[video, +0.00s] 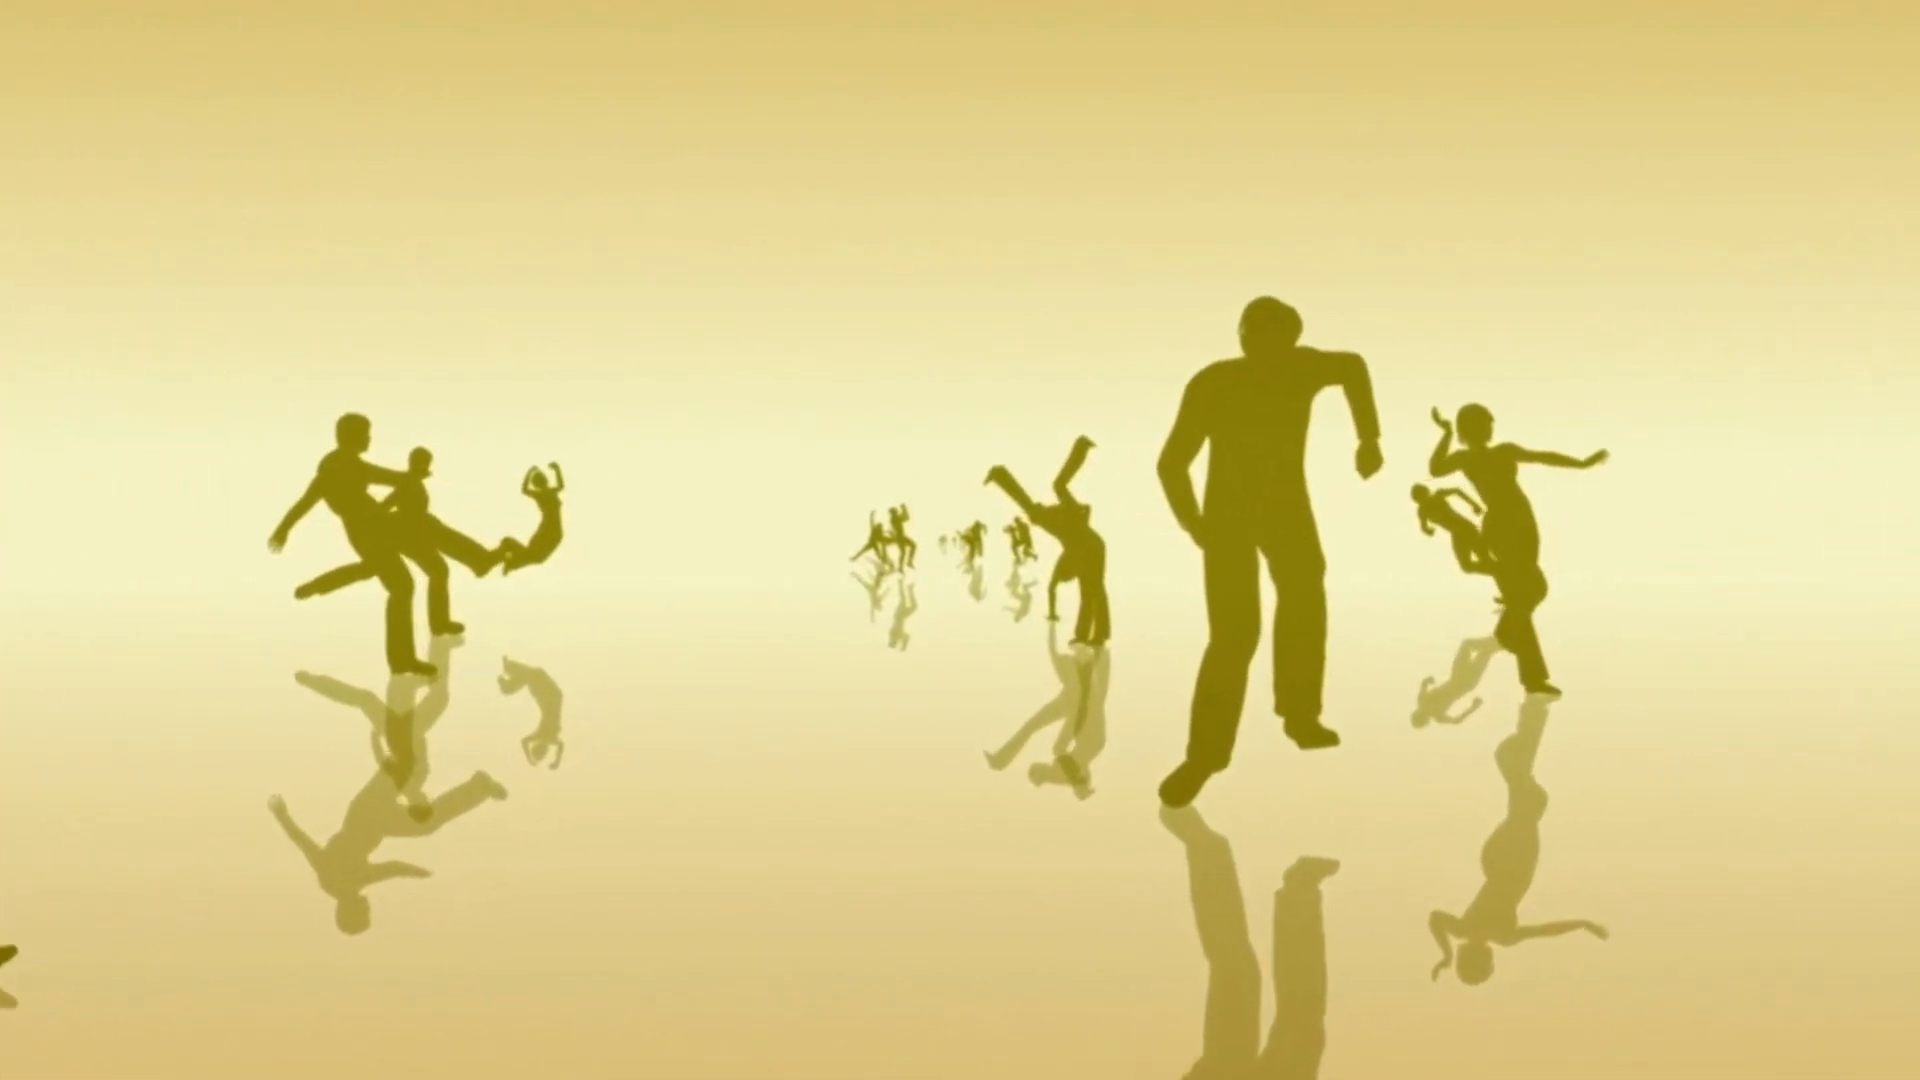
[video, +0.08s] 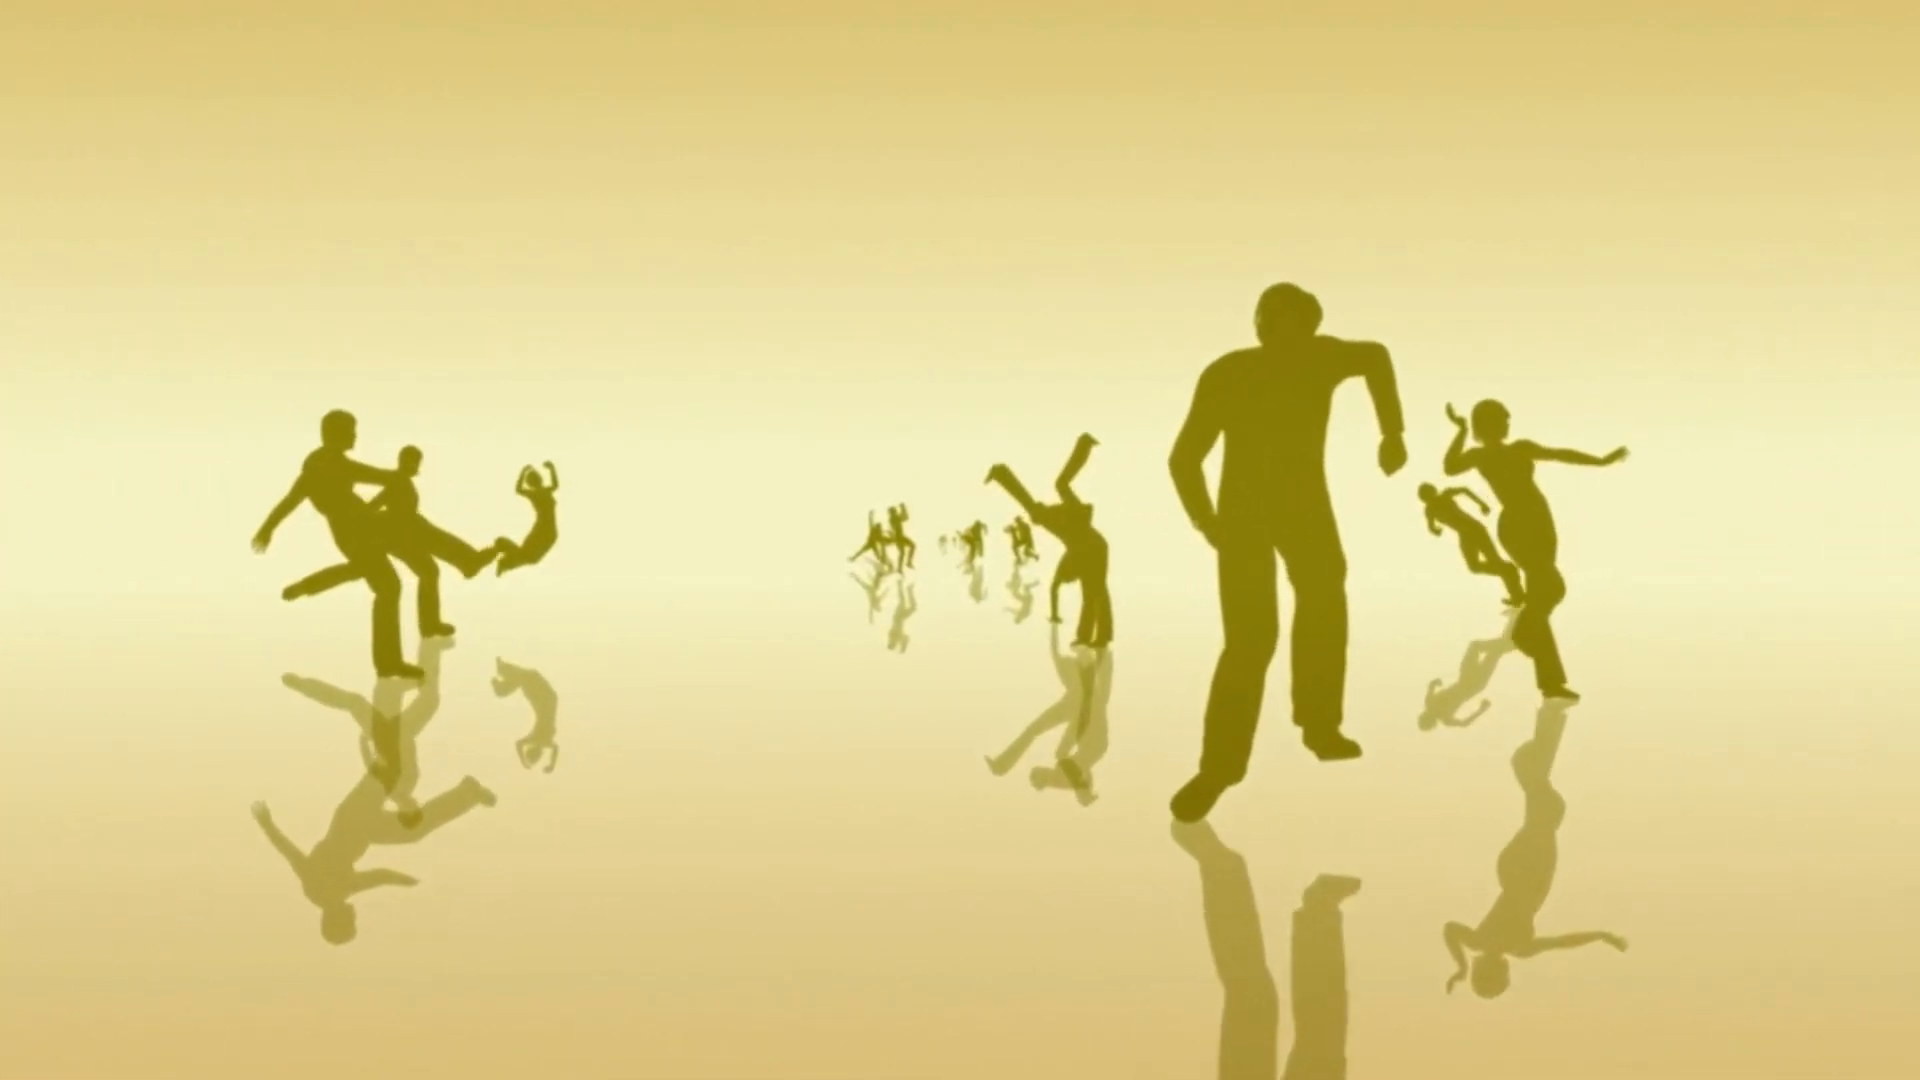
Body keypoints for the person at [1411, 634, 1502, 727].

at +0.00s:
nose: (1423, 718)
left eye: (1420, 718)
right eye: (1423, 720)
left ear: (1417, 712)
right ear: (1424, 720)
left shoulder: (1422, 701)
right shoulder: (1438, 716)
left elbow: (1424, 683)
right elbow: (1457, 721)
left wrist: (1428, 681)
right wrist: (1474, 707)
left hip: (1456, 676)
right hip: (1467, 683)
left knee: (1466, 644)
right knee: (1485, 651)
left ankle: (1495, 641)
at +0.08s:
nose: (1431, 723)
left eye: (1428, 722)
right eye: (1430, 724)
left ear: (1425, 716)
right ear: (1431, 722)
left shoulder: (1430, 704)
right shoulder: (1446, 719)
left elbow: (1431, 689)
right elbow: (1465, 723)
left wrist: (1434, 684)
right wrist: (1482, 709)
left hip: (1465, 678)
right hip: (1476, 684)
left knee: (1474, 646)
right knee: (1495, 653)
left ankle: (1504, 641)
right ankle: (1514, 644)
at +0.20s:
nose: (1436, 726)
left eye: (1432, 725)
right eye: (1434, 727)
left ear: (1429, 718)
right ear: (1436, 725)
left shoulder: (1435, 705)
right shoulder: (1451, 721)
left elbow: (1435, 692)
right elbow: (1470, 725)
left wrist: (1439, 685)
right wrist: (1487, 711)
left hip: (1470, 679)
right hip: (1480, 686)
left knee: (1479, 648)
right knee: (1500, 655)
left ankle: (1509, 644)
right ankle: (1516, 643)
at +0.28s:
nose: (1443, 730)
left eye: (1440, 729)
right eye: (1441, 731)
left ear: (1437, 721)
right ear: (1443, 728)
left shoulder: (1442, 708)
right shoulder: (1458, 723)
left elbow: (1442, 695)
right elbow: (1477, 728)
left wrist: (1447, 687)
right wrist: (1495, 714)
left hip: (1478, 681)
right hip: (1489, 689)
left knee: (1487, 650)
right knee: (1509, 656)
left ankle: (1518, 645)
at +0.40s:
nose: (1448, 731)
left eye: (1445, 731)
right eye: (1446, 732)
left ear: (1442, 723)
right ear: (1448, 731)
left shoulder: (1447, 710)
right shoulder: (1463, 725)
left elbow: (1447, 697)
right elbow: (1483, 730)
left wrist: (1452, 689)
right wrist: (1501, 716)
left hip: (1483, 683)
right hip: (1494, 690)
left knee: (1492, 651)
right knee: (1515, 658)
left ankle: (1523, 647)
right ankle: (1537, 621)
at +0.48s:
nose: (1456, 734)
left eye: (1453, 733)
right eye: (1454, 735)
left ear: (1450, 725)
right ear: (1456, 733)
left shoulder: (1456, 713)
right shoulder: (1471, 729)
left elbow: (1456, 697)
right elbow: (1491, 733)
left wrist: (1460, 691)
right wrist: (1509, 719)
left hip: (1492, 686)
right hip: (1502, 693)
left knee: (1500, 653)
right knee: (1524, 660)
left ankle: (1533, 649)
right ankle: (1547, 622)